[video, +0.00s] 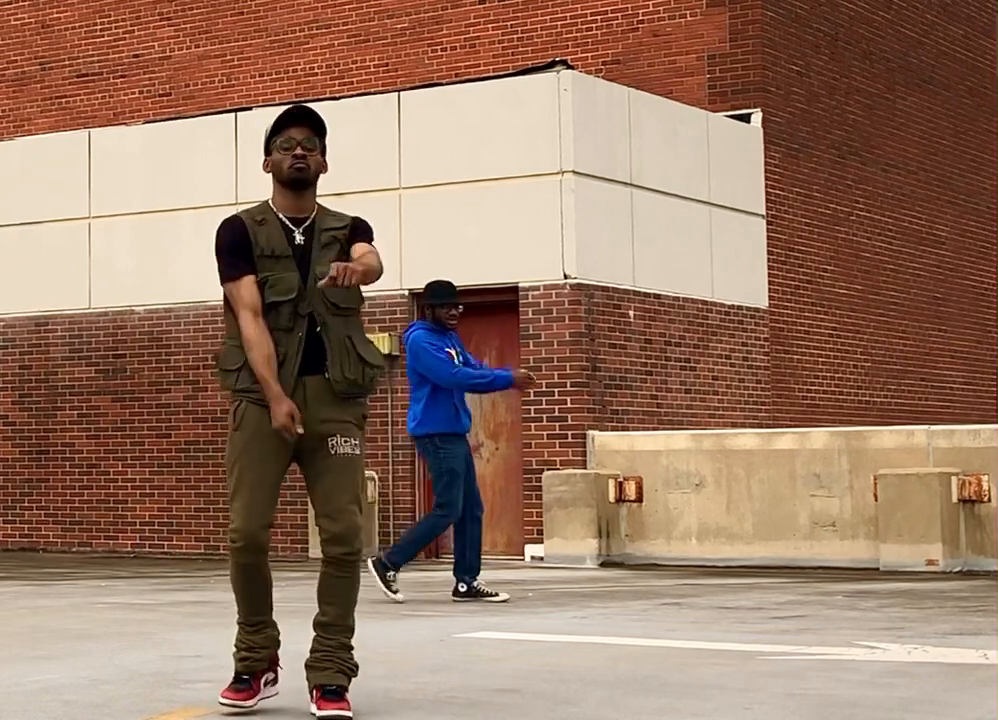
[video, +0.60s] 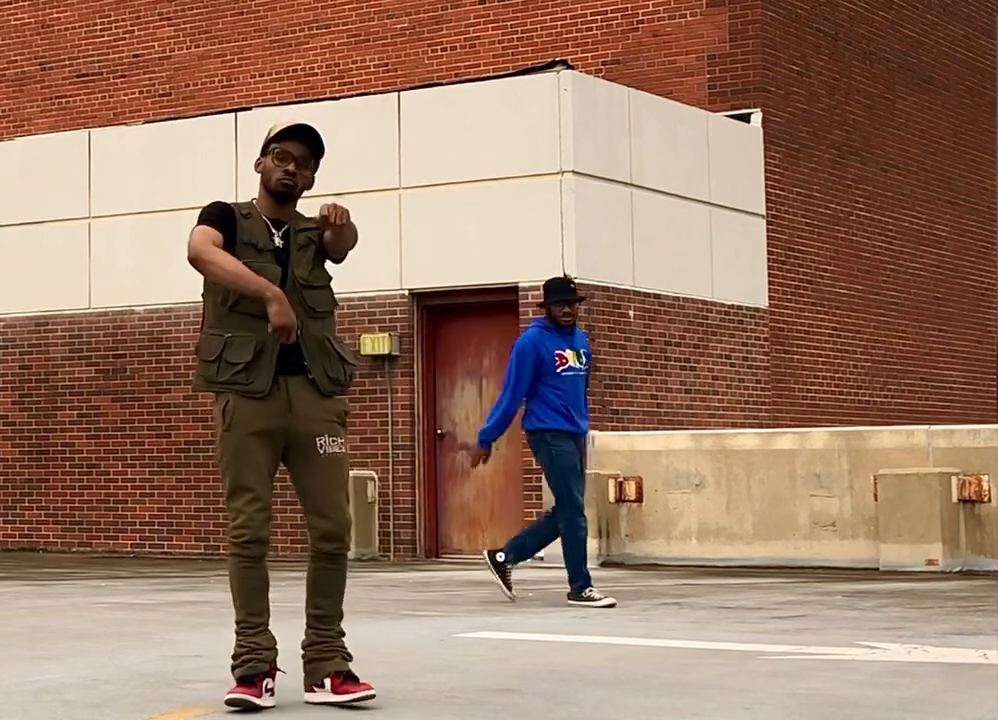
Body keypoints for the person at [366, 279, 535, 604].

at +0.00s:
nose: (454, 314)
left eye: (457, 308)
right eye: (448, 308)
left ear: (456, 309)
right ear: (430, 309)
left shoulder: (449, 339)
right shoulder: (420, 340)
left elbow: (474, 372)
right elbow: (452, 377)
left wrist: (510, 377)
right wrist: (507, 378)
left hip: (455, 434)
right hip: (437, 435)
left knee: (470, 509)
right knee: (447, 511)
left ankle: (466, 581)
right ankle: (387, 563)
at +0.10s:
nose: (466, 313)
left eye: (469, 308)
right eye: (460, 307)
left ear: (470, 308)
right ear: (444, 307)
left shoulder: (466, 337)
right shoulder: (430, 336)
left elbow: (498, 368)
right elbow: (465, 363)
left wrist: (523, 349)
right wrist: (515, 347)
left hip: (466, 429)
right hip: (449, 430)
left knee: (475, 506)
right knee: (471, 505)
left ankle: (467, 581)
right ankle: (411, 553)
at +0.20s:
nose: (485, 310)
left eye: (489, 305)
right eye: (480, 304)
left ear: (491, 306)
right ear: (463, 302)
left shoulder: (486, 332)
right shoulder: (448, 330)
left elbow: (522, 358)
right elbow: (484, 356)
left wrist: (533, 324)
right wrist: (523, 322)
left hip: (481, 423)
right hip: (465, 424)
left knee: (477, 500)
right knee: (500, 496)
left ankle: (469, 581)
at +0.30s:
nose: (504, 313)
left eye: (507, 308)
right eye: (498, 307)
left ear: (511, 308)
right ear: (482, 304)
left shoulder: (507, 333)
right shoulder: (465, 332)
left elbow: (539, 361)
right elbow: (497, 360)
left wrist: (544, 327)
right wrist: (534, 326)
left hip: (497, 424)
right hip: (481, 425)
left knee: (486, 504)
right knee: (518, 500)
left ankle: (467, 580)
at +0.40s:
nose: (529, 317)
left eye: (533, 311)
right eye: (524, 310)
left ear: (536, 310)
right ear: (507, 307)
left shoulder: (534, 340)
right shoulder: (490, 340)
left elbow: (550, 381)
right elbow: (507, 386)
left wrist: (572, 382)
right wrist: (555, 378)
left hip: (525, 435)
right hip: (506, 436)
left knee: (498, 509)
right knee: (537, 509)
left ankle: (468, 579)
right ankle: (570, 584)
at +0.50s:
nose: (550, 316)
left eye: (553, 310)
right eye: (542, 310)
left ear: (557, 310)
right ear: (525, 310)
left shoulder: (559, 345)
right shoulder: (511, 344)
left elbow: (572, 395)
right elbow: (516, 399)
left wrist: (589, 438)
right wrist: (539, 443)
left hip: (549, 436)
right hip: (527, 436)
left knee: (524, 509)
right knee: (559, 507)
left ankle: (476, 573)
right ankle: (578, 587)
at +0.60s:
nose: (569, 311)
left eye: (573, 305)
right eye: (561, 306)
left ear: (577, 305)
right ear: (547, 308)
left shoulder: (580, 340)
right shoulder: (531, 342)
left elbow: (579, 391)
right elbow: (512, 394)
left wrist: (582, 434)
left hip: (574, 433)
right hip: (548, 432)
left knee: (568, 510)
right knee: (572, 508)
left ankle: (505, 557)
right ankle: (580, 587)